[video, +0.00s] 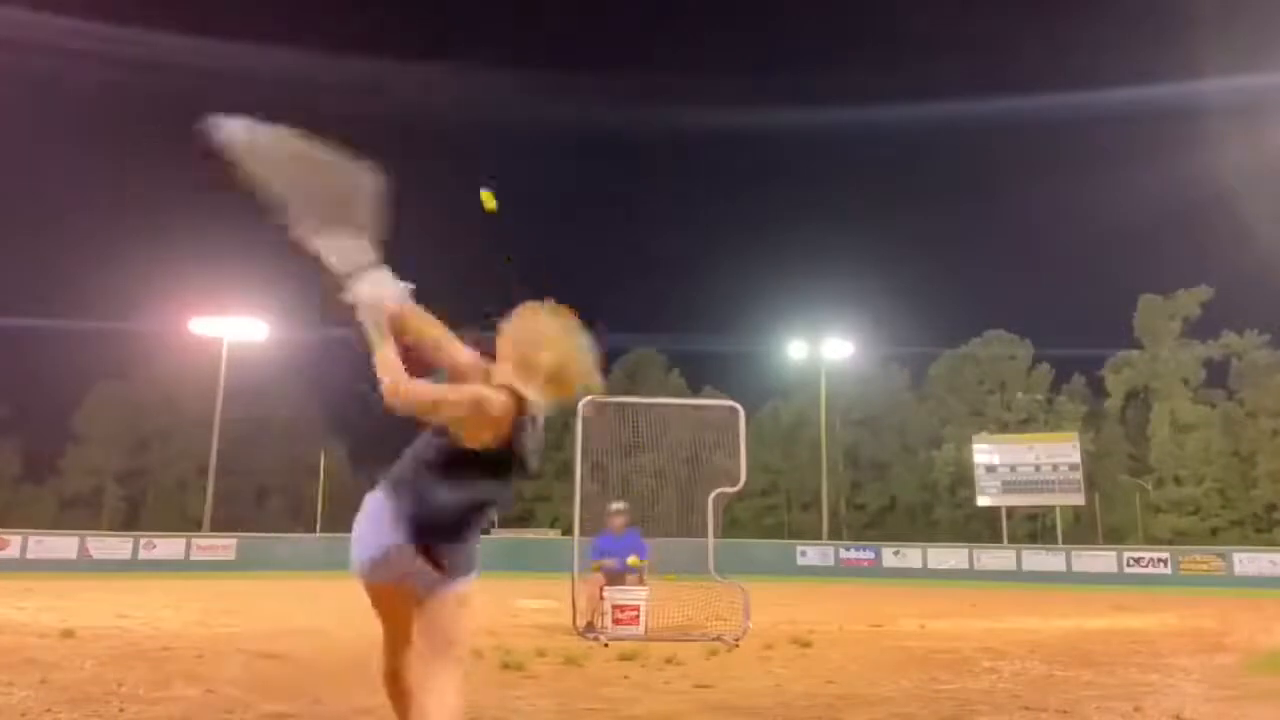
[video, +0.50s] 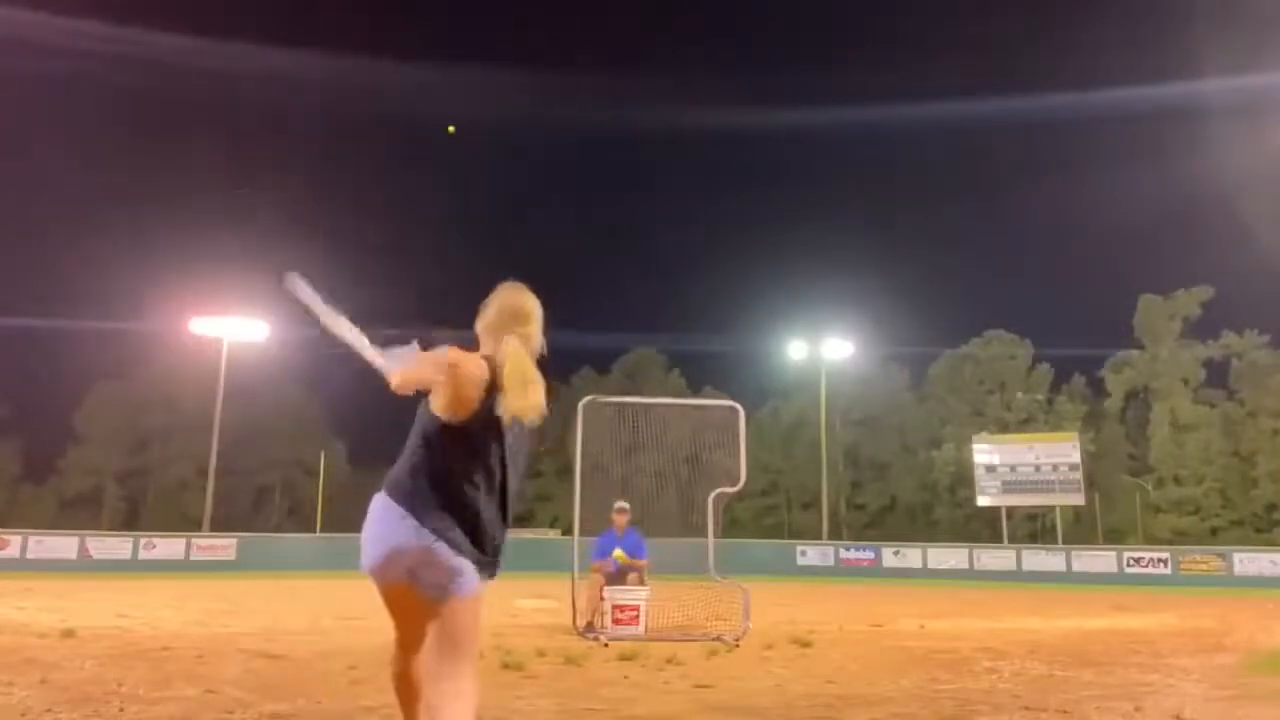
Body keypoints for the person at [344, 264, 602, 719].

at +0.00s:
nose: (503, 328)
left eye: (514, 325)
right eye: (511, 324)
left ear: (520, 349)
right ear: (551, 363)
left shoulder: (487, 401)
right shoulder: (526, 407)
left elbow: (397, 392)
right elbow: (444, 345)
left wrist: (378, 325)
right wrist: (395, 305)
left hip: (394, 521)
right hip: (453, 535)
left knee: (399, 647)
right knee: (442, 662)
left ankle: (412, 714)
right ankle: (431, 714)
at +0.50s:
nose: (539, 338)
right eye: (538, 329)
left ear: (482, 324)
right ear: (535, 335)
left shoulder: (456, 363)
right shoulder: (524, 385)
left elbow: (401, 379)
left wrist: (402, 360)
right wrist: (425, 359)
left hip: (395, 519)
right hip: (452, 540)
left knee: (410, 645)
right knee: (453, 671)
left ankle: (417, 716)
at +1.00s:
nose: (482, 297)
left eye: (478, 289)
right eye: (475, 289)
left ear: (433, 300)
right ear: (456, 300)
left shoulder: (425, 349)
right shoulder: (436, 354)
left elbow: (483, 412)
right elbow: (441, 444)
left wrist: (538, 436)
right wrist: (521, 448)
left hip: (375, 503)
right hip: (397, 506)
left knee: (416, 626)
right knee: (426, 627)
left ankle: (401, 709)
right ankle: (393, 711)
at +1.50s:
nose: (443, 235)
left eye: (438, 225)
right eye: (431, 225)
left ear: (413, 238)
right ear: (397, 236)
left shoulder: (447, 314)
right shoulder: (356, 296)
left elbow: (468, 383)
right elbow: (316, 381)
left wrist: (426, 333)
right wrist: (380, 322)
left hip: (387, 492)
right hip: (334, 487)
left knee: (360, 625)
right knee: (373, 625)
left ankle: (309, 709)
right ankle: (341, 712)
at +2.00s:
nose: (367, 263)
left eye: (366, 253)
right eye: (362, 251)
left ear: (321, 246)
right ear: (339, 248)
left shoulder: (333, 297)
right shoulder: (291, 278)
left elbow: (381, 381)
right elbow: (292, 370)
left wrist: (393, 330)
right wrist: (350, 313)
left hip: (259, 482)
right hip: (269, 483)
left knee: (238, 639)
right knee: (339, 617)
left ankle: (179, 712)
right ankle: (328, 712)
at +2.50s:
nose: (369, 254)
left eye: (370, 243)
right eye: (367, 242)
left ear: (311, 231)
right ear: (352, 236)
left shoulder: (294, 285)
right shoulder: (310, 274)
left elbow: (373, 386)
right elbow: (334, 342)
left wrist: (417, 342)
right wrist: (401, 300)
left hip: (249, 476)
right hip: (284, 477)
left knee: (243, 638)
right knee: (335, 624)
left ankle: (179, 713)